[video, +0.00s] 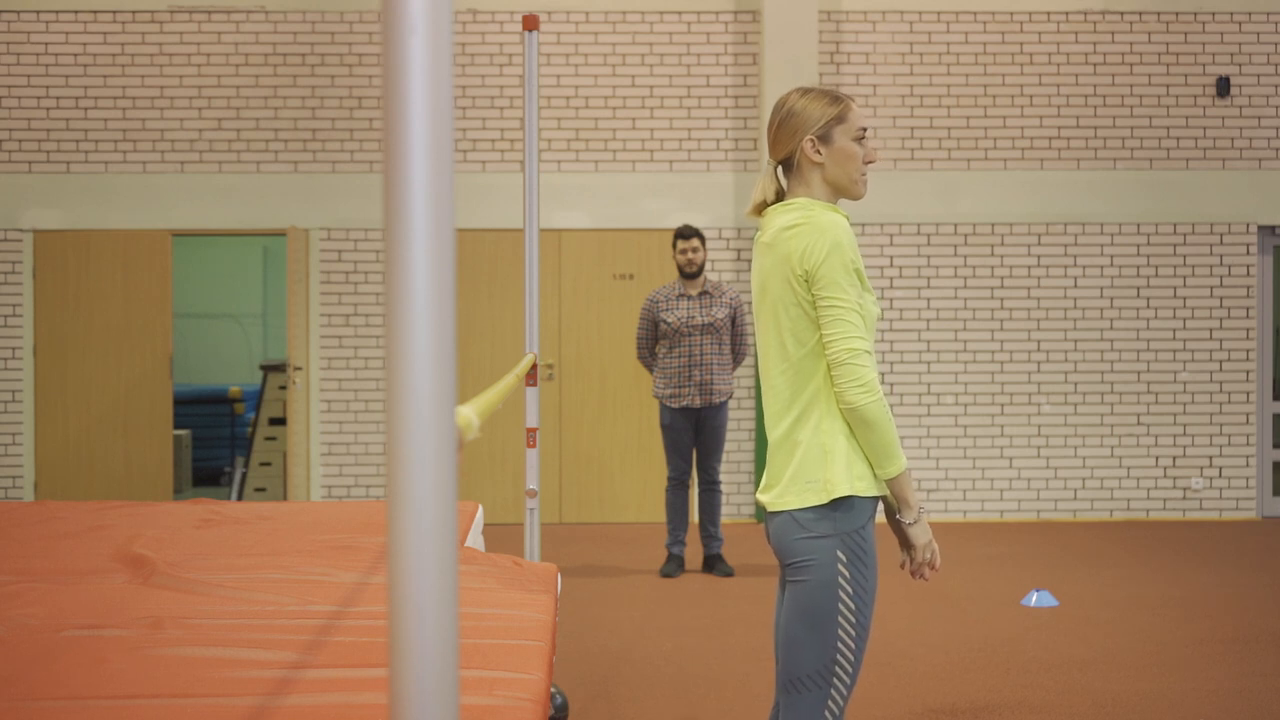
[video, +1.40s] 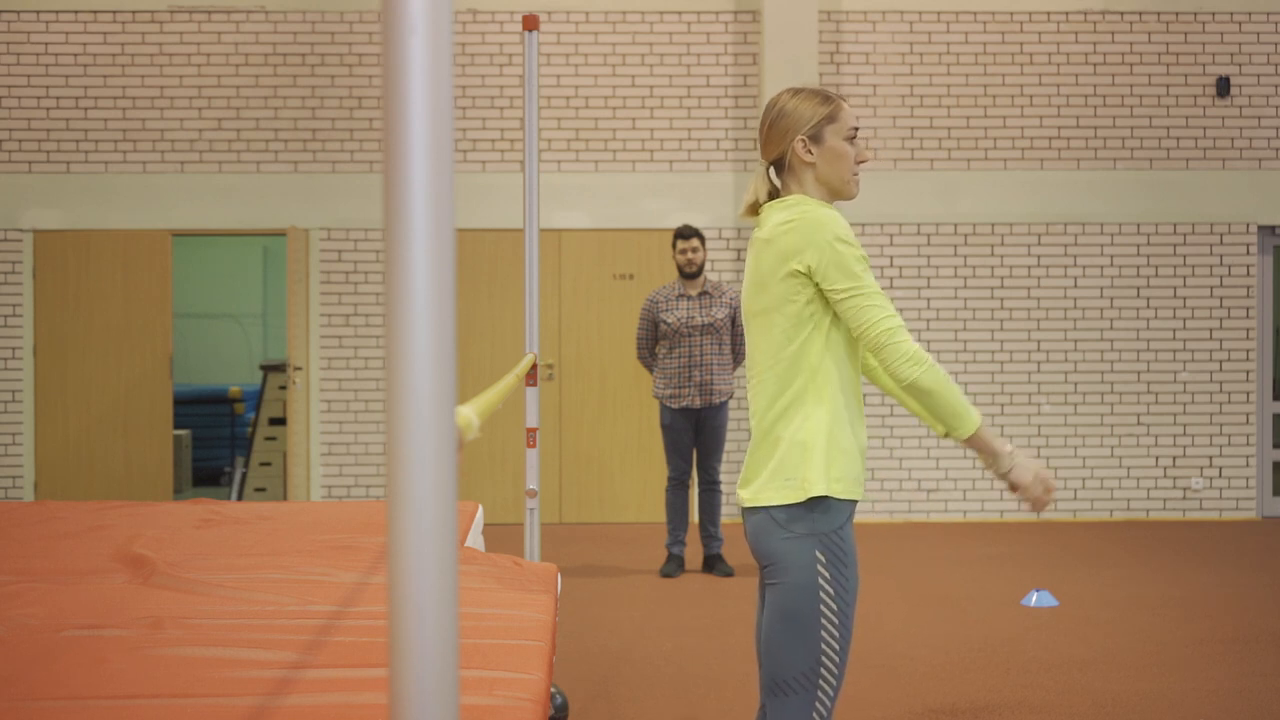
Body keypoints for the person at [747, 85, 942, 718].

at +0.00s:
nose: (871, 153)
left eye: (867, 138)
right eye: (858, 139)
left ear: (812, 153)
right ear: (813, 151)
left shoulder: (778, 230)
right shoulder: (825, 231)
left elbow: (789, 384)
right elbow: (854, 385)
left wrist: (894, 508)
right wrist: (908, 506)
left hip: (798, 502)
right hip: (830, 504)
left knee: (800, 705)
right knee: (817, 707)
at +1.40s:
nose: (863, 153)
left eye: (858, 138)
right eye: (850, 139)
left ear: (805, 154)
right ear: (804, 151)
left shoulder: (781, 228)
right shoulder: (816, 226)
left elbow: (876, 359)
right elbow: (896, 356)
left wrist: (990, 448)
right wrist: (1000, 455)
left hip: (785, 501)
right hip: (806, 505)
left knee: (788, 705)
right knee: (802, 706)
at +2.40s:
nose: (850, 157)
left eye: (847, 141)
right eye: (840, 142)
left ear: (793, 151)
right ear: (795, 150)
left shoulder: (778, 223)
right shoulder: (781, 221)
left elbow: (885, 138)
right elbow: (911, 143)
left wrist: (950, 34)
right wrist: (974, 29)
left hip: (819, 492)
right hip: (829, 495)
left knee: (806, 700)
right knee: (819, 703)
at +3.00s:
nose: (863, 166)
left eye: (860, 151)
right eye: (850, 150)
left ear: (795, 157)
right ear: (807, 157)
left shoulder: (793, 233)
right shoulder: (785, 235)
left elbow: (814, 88)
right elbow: (842, 78)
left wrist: (796, 3)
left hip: (848, 489)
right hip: (847, 493)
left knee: (821, 697)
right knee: (830, 701)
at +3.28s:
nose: (863, 169)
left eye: (862, 154)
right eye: (853, 152)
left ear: (797, 156)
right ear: (804, 155)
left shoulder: (793, 236)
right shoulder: (788, 233)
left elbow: (797, 106)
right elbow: (823, 76)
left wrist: (754, 16)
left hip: (852, 487)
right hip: (853, 491)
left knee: (819, 699)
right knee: (834, 703)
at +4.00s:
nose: (859, 166)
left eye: (857, 152)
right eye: (846, 151)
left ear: (791, 159)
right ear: (801, 158)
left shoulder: (787, 234)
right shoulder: (786, 230)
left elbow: (804, 98)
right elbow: (837, 77)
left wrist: (774, 11)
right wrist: (793, 1)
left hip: (843, 491)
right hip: (848, 493)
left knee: (814, 701)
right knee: (829, 704)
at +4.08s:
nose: (858, 165)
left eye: (856, 151)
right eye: (846, 150)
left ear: (790, 157)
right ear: (801, 156)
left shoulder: (788, 232)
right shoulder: (784, 229)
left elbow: (810, 98)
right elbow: (845, 76)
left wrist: (788, 10)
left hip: (842, 490)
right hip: (844, 492)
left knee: (814, 701)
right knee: (827, 704)